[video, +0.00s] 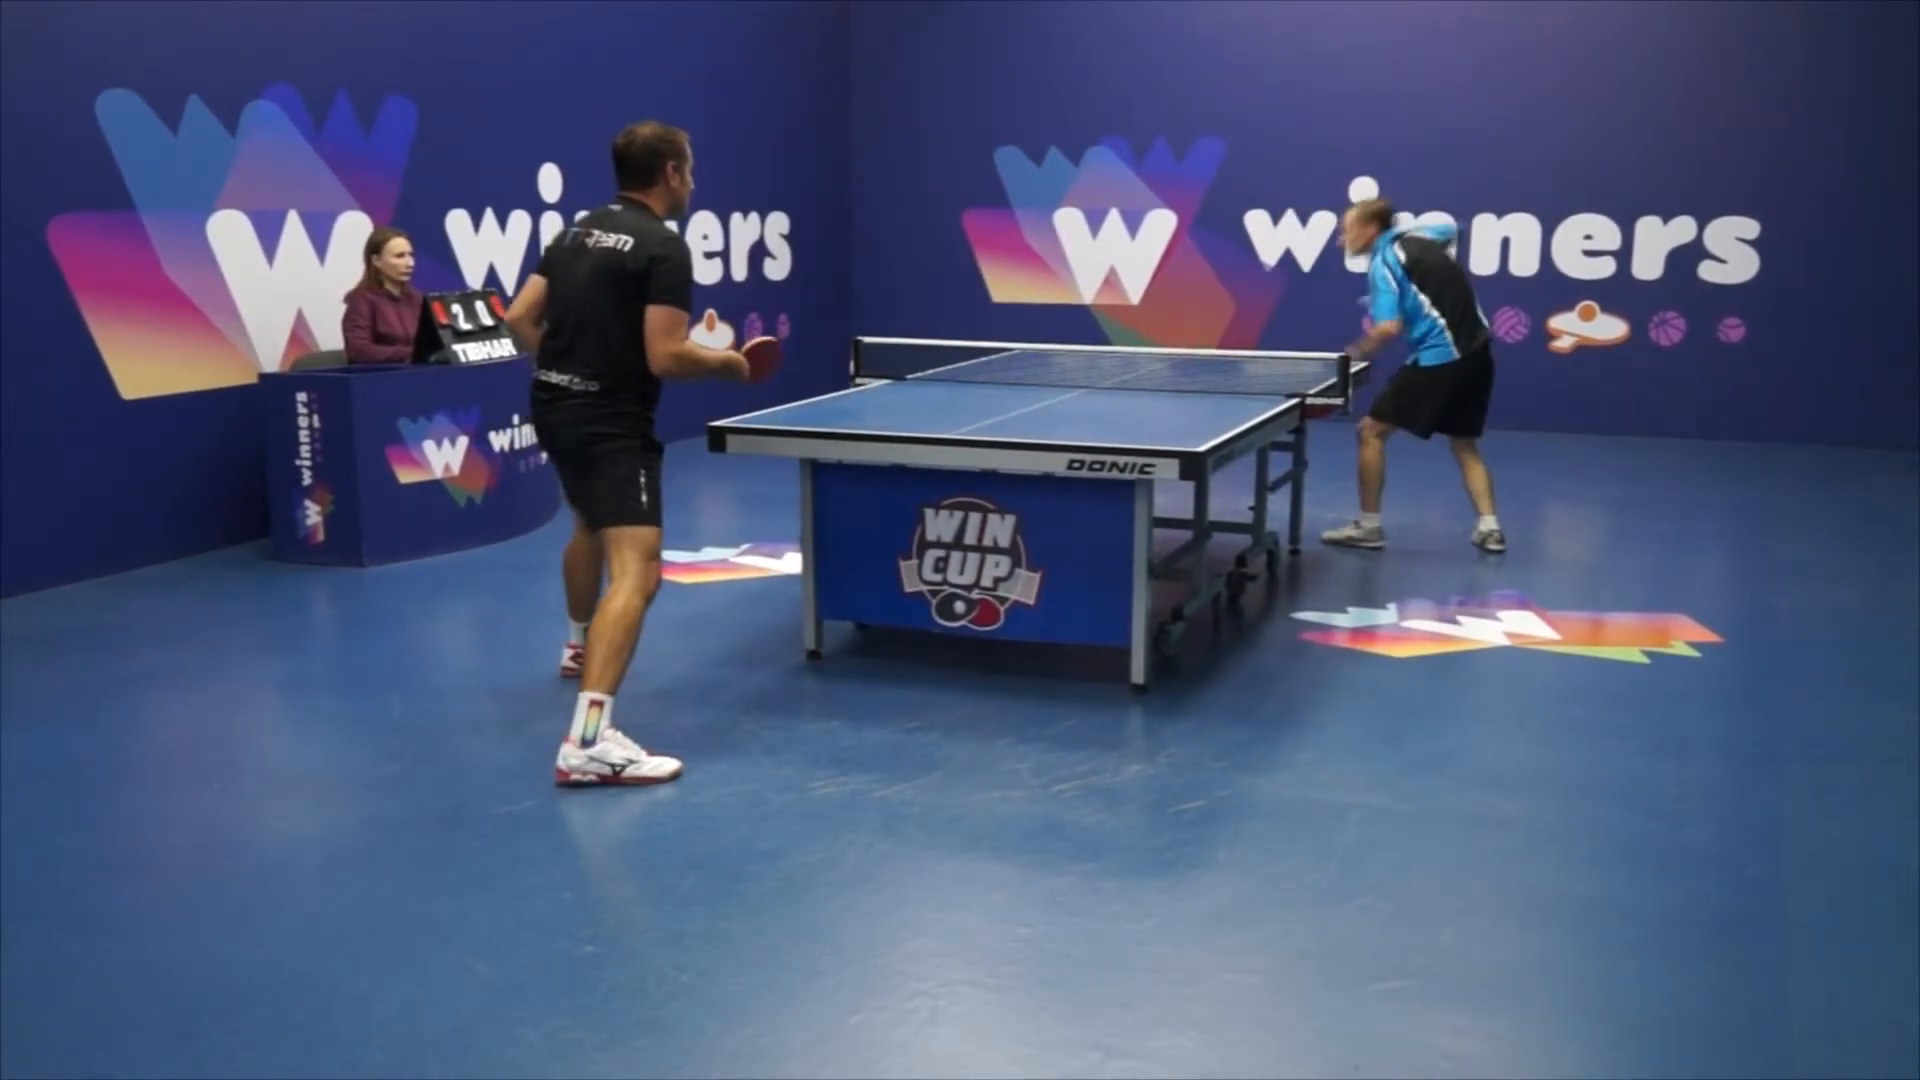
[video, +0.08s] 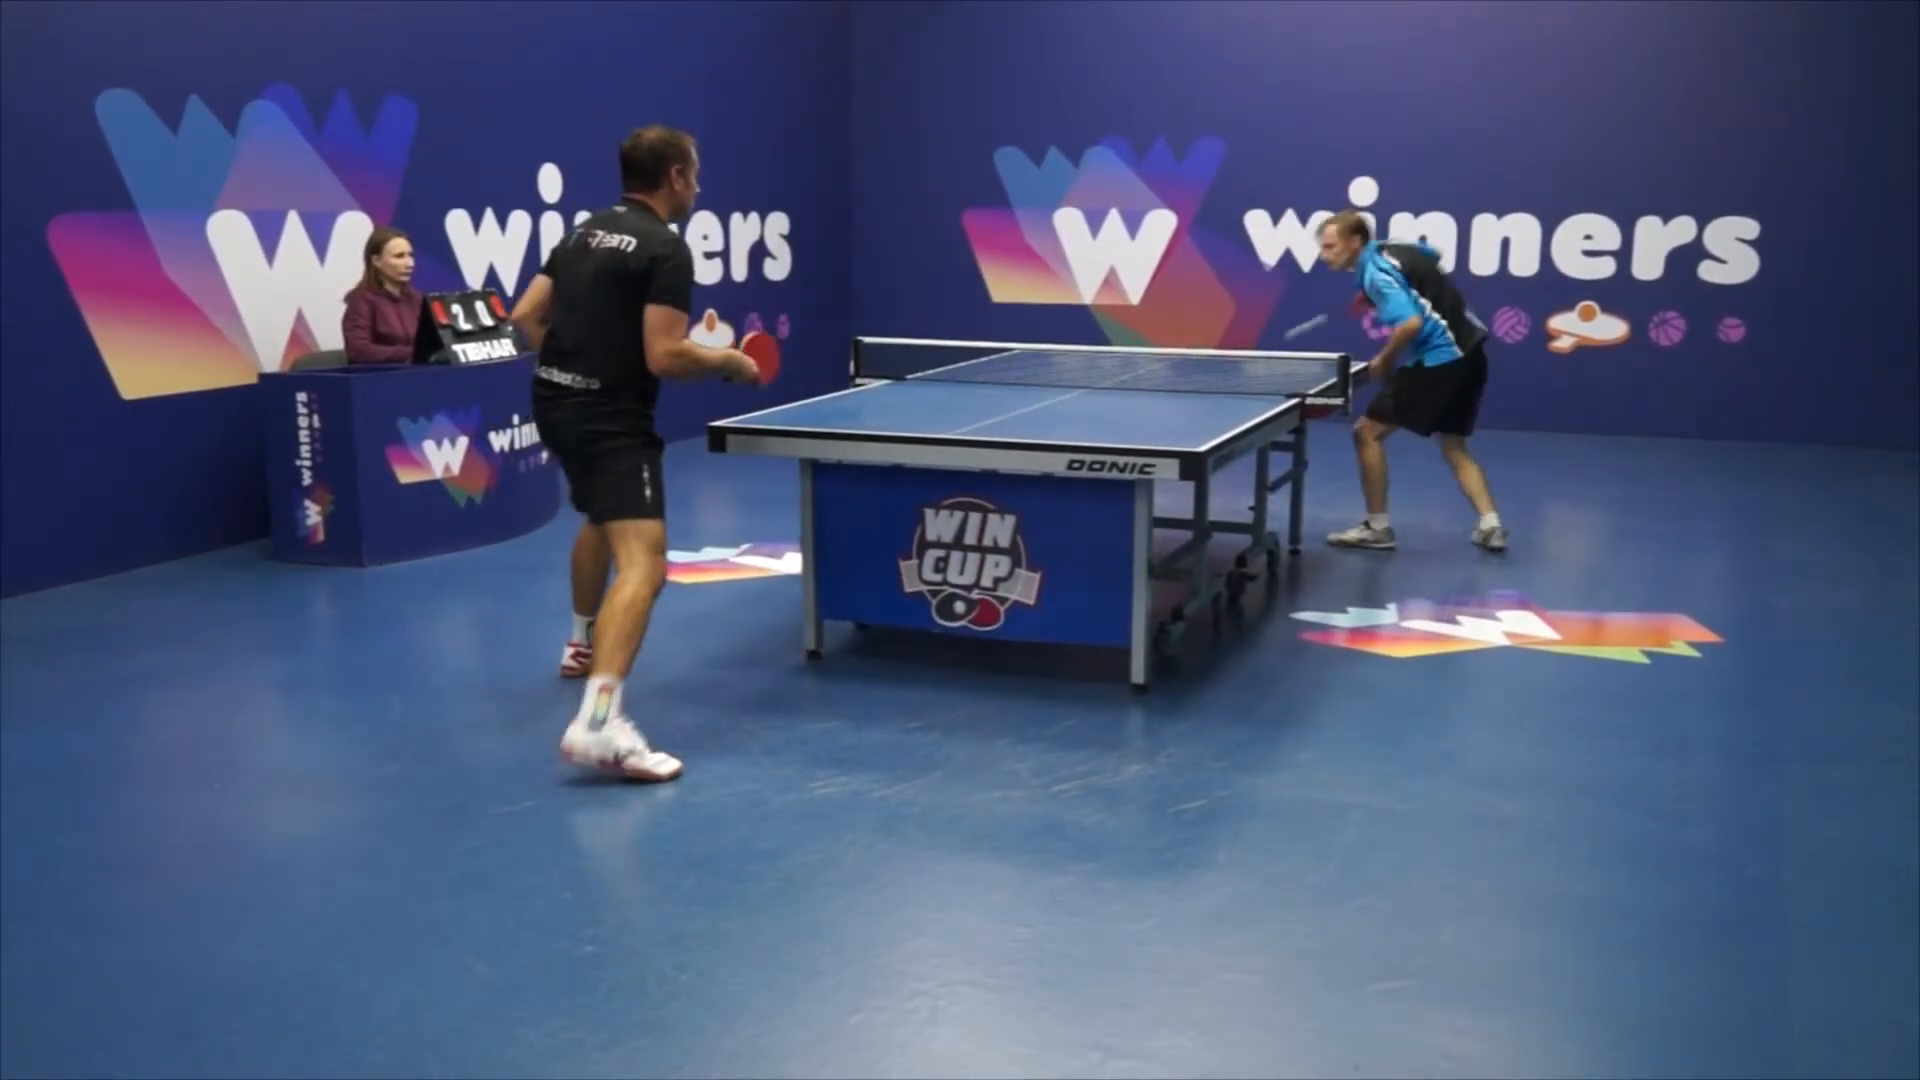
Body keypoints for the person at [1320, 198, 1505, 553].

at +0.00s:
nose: (1343, 238)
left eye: (1348, 229)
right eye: (1344, 230)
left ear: (1371, 228)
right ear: (1379, 227)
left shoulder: (1382, 262)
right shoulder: (1420, 237)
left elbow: (1388, 327)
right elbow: (1450, 224)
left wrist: (1360, 349)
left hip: (1436, 360)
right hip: (1477, 355)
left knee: (1371, 432)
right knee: (1465, 445)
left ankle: (1368, 525)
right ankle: (1489, 526)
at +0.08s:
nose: (1324, 255)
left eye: (1330, 247)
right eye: (1323, 247)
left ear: (1356, 243)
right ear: (1358, 243)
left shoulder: (1376, 273)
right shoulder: (1390, 249)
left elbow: (1410, 324)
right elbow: (1431, 255)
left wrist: (1384, 359)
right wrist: (1378, 295)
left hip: (1436, 362)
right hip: (1470, 356)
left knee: (1367, 433)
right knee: (1453, 445)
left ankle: (1377, 525)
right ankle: (1490, 522)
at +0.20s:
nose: (1321, 247)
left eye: (1327, 239)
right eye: (1317, 240)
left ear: (1350, 237)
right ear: (1316, 239)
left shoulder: (1373, 267)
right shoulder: (1358, 263)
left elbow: (1422, 308)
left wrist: (1382, 342)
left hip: (1420, 362)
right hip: (1425, 359)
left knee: (1356, 434)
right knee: (1412, 451)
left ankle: (1376, 525)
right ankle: (1490, 491)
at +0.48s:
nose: (1323, 209)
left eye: (1331, 202)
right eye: (1320, 202)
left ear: (1352, 203)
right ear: (1318, 203)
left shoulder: (1378, 237)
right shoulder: (1337, 237)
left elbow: (1419, 282)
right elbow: (1355, 272)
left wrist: (1374, 311)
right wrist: (1336, 296)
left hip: (1406, 338)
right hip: (1371, 338)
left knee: (1387, 423)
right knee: (1343, 407)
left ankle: (1422, 508)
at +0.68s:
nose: (1342, 219)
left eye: (1350, 212)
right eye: (1339, 211)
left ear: (1371, 212)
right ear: (1337, 212)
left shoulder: (1398, 251)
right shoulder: (1345, 253)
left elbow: (1424, 303)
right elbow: (1338, 302)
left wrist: (1378, 329)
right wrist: (1315, 314)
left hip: (1410, 360)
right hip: (1369, 362)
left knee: (1418, 440)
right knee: (1333, 422)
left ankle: (1470, 505)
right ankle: (1327, 489)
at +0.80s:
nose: (1356, 207)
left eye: (1364, 200)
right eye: (1352, 201)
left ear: (1386, 201)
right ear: (1351, 203)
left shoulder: (1414, 238)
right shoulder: (1361, 247)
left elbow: (1447, 286)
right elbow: (1357, 298)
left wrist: (1404, 318)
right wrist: (1329, 317)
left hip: (1440, 344)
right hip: (1400, 348)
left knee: (1450, 424)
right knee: (1361, 415)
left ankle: (1506, 500)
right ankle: (1363, 490)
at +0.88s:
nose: (1368, 213)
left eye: (1375, 206)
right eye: (1364, 207)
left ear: (1397, 207)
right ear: (1362, 208)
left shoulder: (1423, 244)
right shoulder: (1376, 252)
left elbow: (1458, 293)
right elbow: (1381, 304)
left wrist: (1415, 329)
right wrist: (1349, 329)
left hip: (1452, 351)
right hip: (1412, 355)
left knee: (1475, 429)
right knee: (1374, 425)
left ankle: (1529, 511)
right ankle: (1392, 498)